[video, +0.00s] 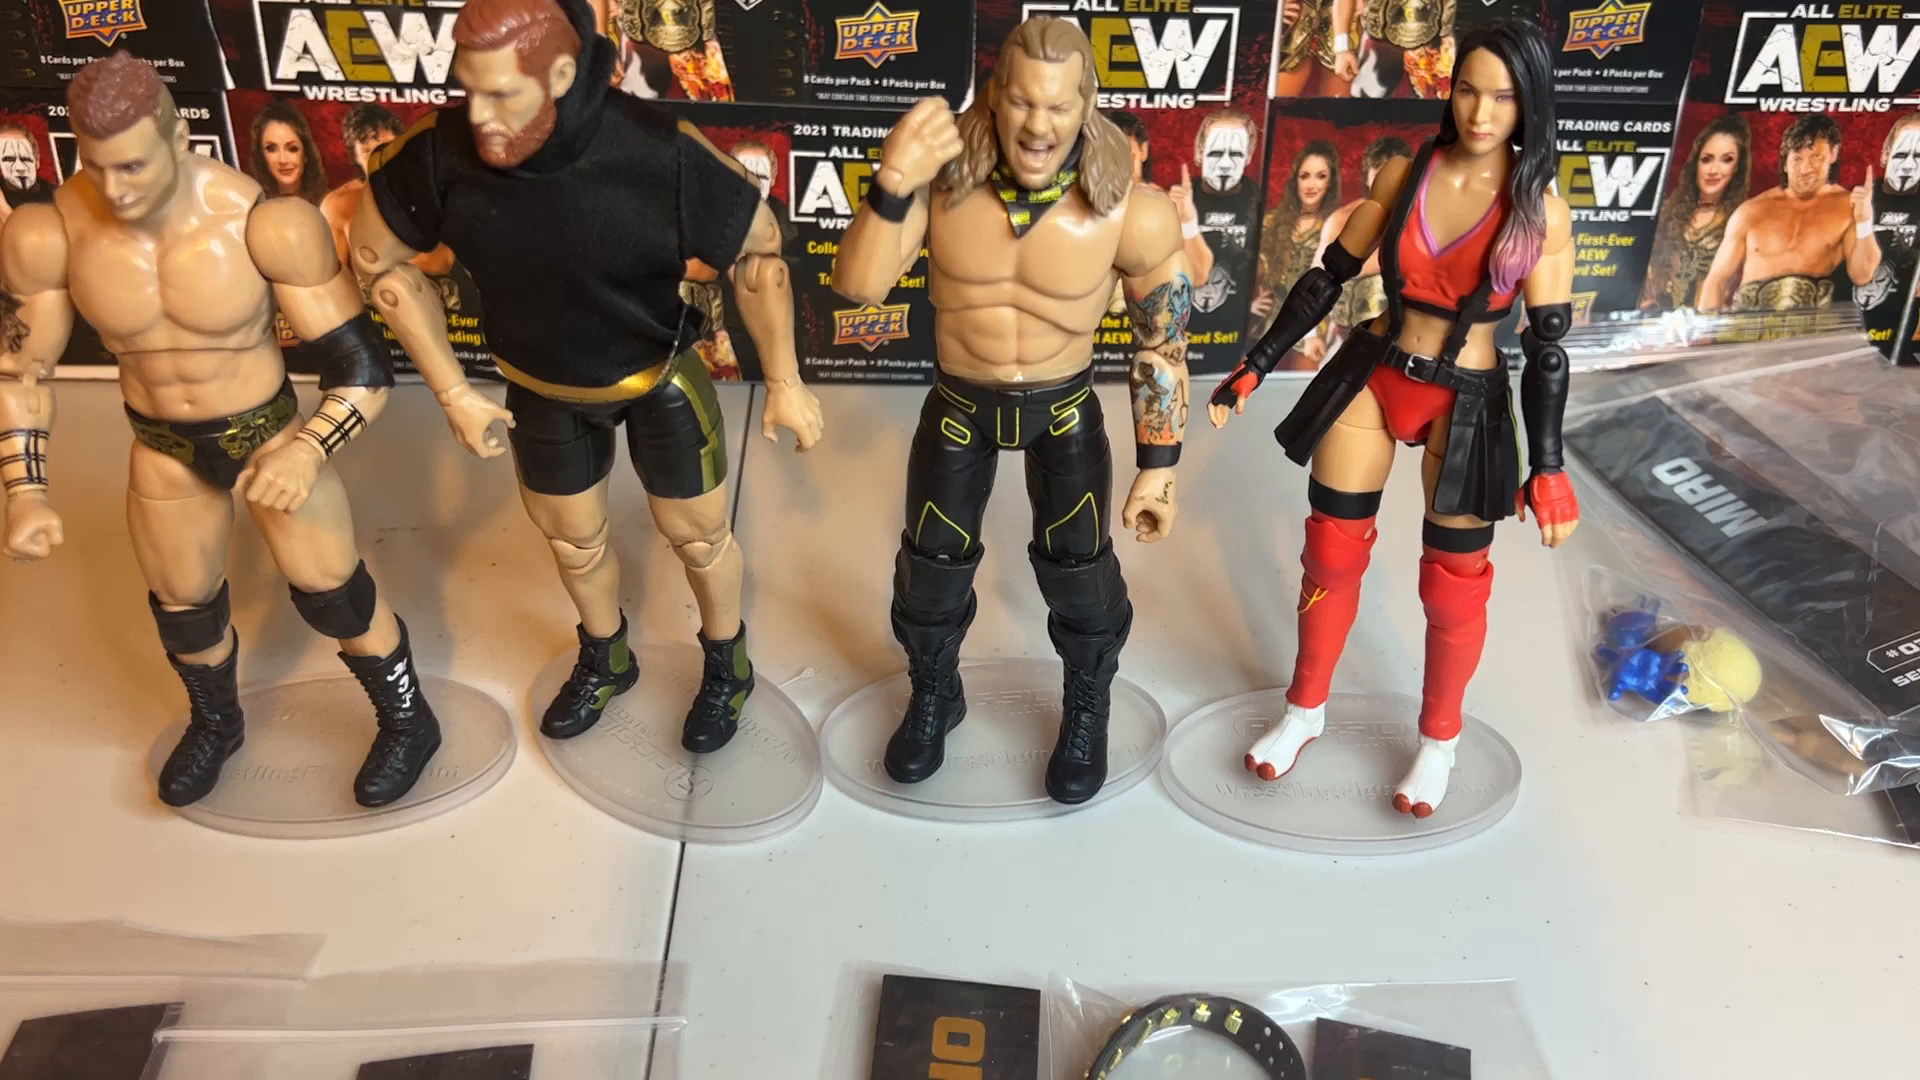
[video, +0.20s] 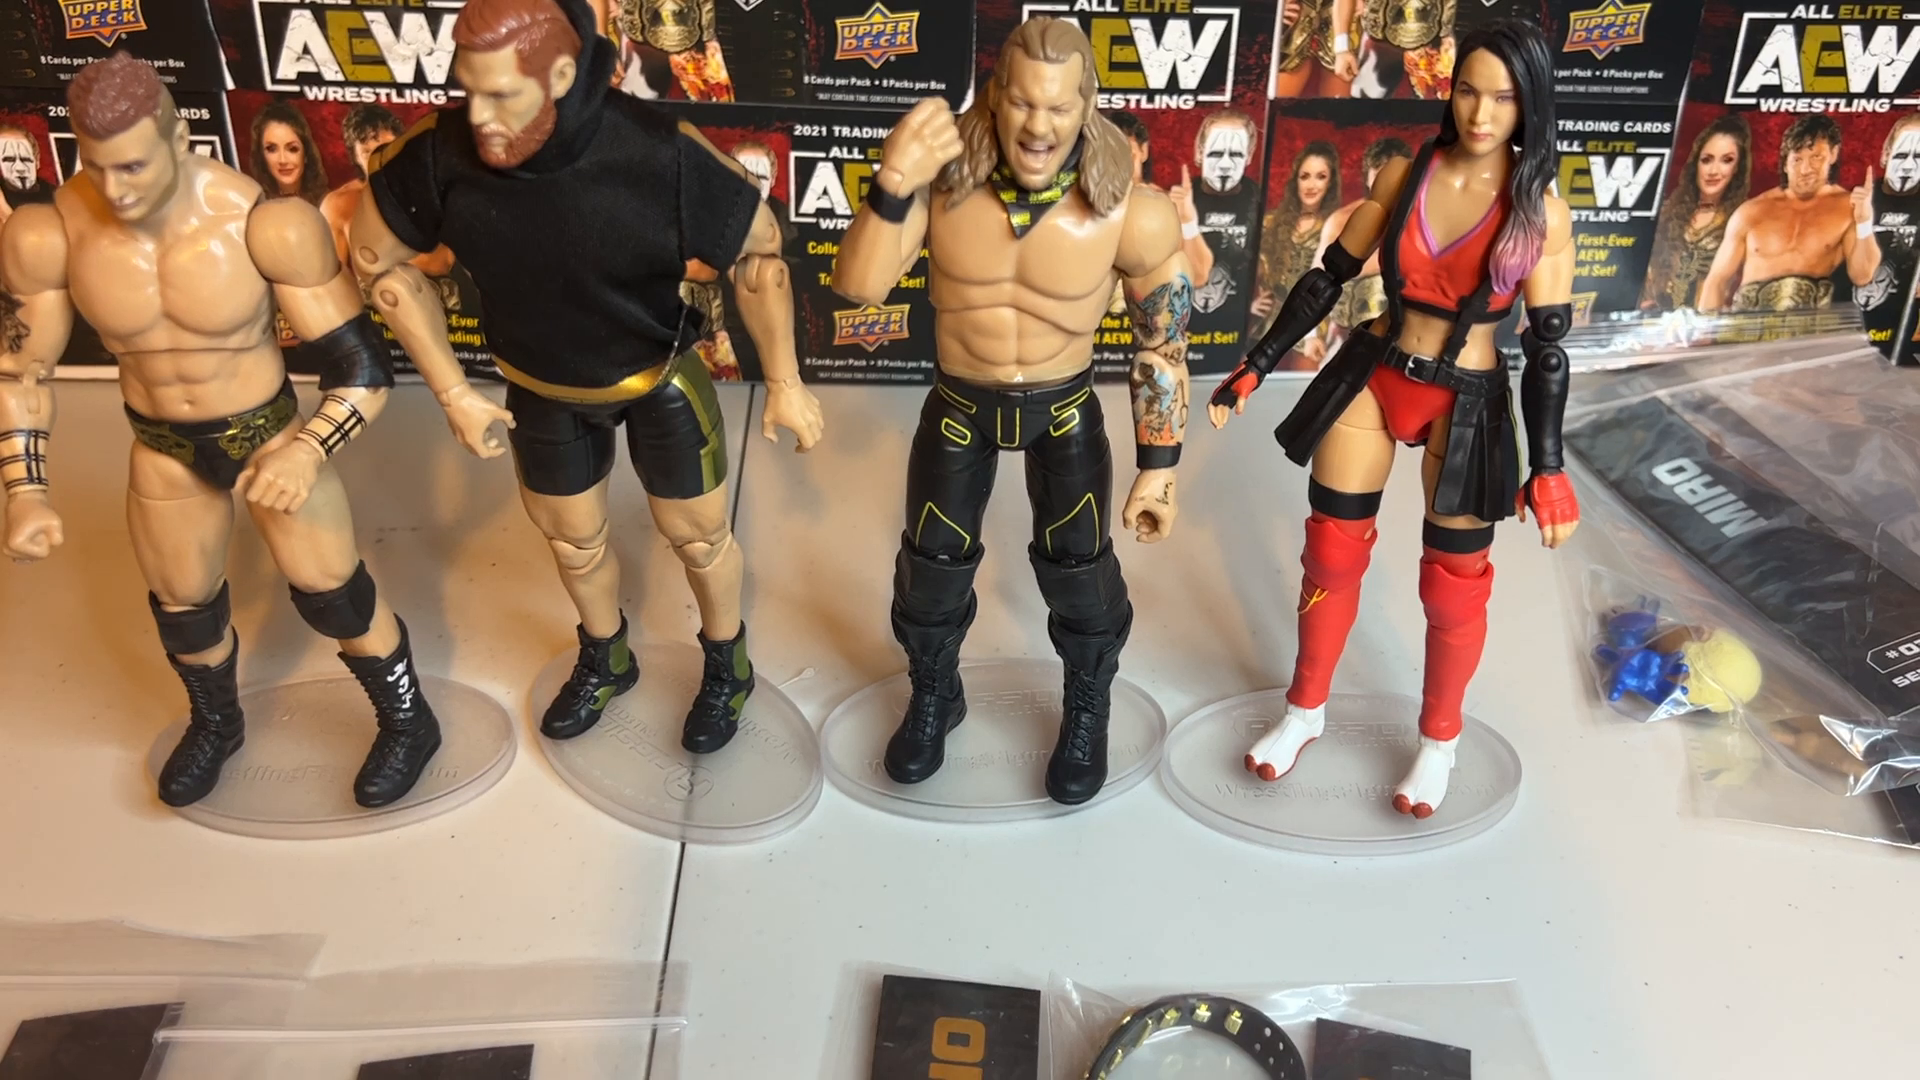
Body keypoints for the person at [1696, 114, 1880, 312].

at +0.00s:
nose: (1806, 168)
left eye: (1816, 157)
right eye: (1797, 159)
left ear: (1833, 155)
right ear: (1785, 160)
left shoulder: (1847, 205)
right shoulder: (1750, 211)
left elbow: (1861, 276)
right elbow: (1717, 280)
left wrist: (1864, 222)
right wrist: (1704, 335)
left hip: (1810, 314)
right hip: (1748, 312)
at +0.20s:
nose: (1806, 169)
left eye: (1816, 157)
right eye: (1797, 159)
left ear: (1833, 155)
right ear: (1785, 161)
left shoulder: (1847, 206)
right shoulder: (1750, 211)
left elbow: (1861, 277)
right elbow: (1717, 281)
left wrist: (1864, 222)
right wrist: (1704, 335)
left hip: (1809, 315)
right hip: (1747, 313)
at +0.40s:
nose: (1806, 169)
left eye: (1817, 158)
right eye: (1797, 160)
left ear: (1834, 156)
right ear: (1785, 162)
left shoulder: (1848, 206)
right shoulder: (1751, 212)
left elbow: (1862, 277)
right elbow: (1717, 281)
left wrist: (1864, 223)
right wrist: (1704, 336)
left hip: (1810, 315)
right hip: (1748, 312)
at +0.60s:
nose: (1806, 170)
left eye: (1817, 158)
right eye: (1798, 160)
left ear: (1834, 156)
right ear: (1785, 162)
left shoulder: (1848, 207)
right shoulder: (1751, 212)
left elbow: (1862, 278)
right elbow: (1718, 281)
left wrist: (1864, 224)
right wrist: (1705, 335)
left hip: (1810, 314)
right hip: (1749, 311)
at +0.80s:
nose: (1806, 170)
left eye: (1817, 158)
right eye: (1797, 160)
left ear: (1833, 156)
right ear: (1785, 162)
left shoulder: (1848, 207)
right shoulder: (1750, 212)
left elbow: (1862, 277)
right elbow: (1718, 281)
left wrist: (1864, 223)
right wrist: (1704, 336)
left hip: (1810, 315)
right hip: (1748, 312)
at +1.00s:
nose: (1806, 169)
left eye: (1816, 158)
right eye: (1797, 160)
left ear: (1833, 156)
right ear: (1785, 162)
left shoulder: (1847, 206)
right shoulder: (1750, 212)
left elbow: (1861, 277)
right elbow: (1717, 281)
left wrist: (1864, 223)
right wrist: (1704, 335)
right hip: (1748, 311)